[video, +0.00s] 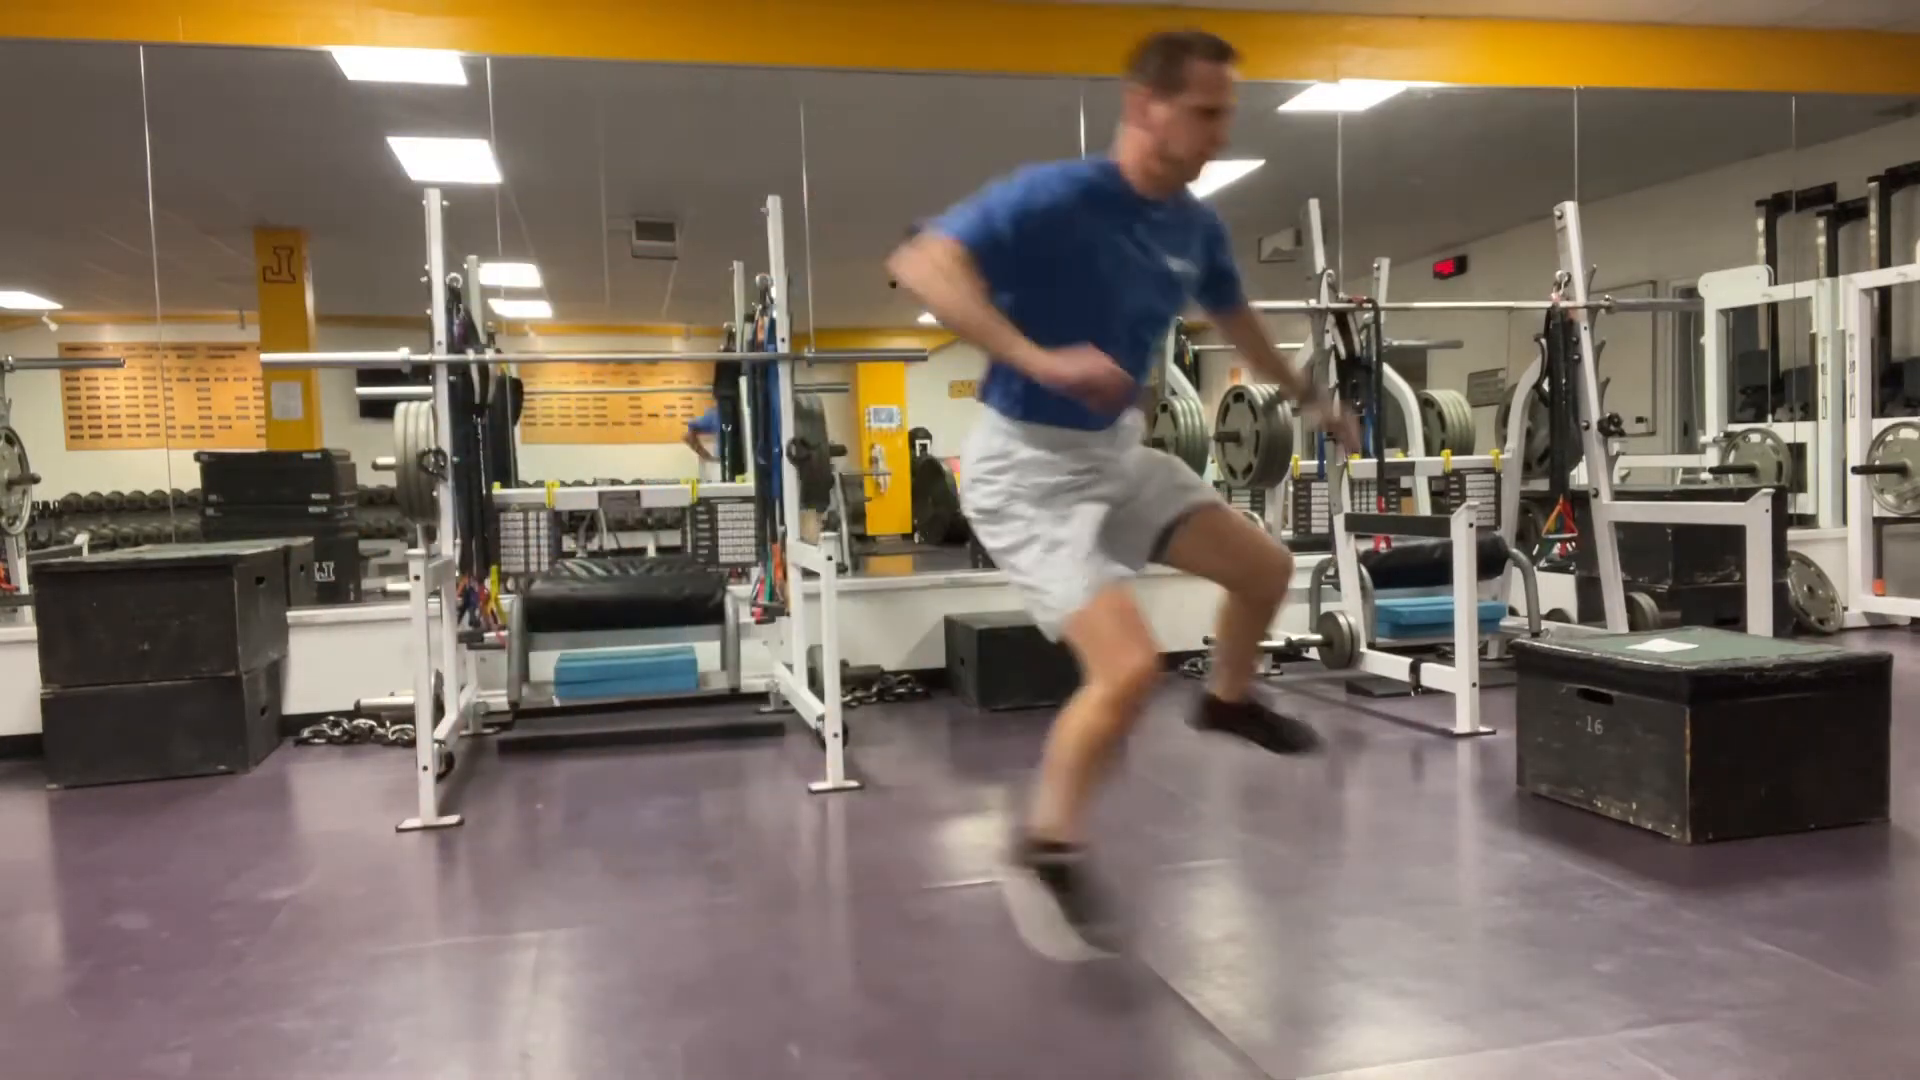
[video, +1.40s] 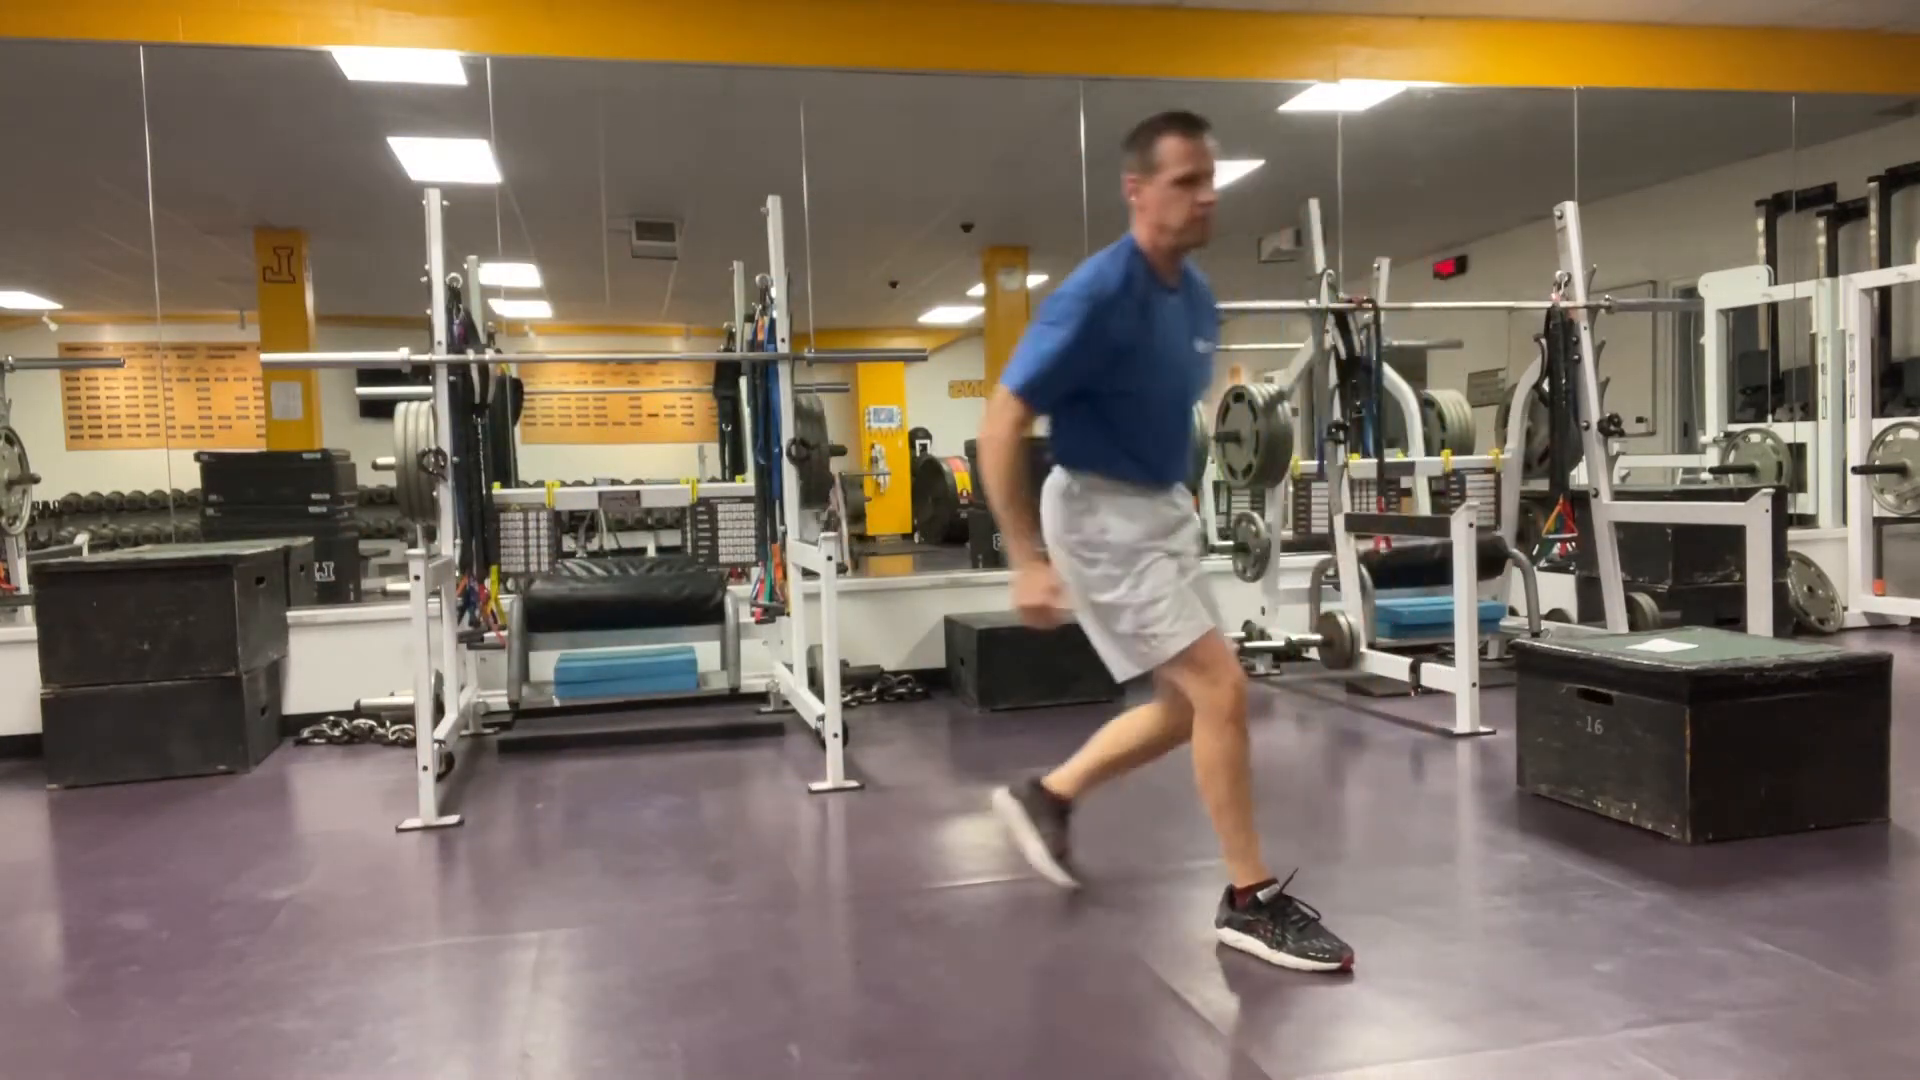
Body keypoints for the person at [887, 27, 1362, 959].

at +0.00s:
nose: (1217, 134)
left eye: (1224, 117)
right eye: (1202, 113)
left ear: (1218, 122)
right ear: (1142, 106)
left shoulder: (1196, 229)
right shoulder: (1055, 196)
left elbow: (1242, 330)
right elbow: (922, 263)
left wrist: (1306, 395)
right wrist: (1033, 355)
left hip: (1117, 459)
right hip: (1023, 466)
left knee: (1263, 569)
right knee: (1127, 667)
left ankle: (1229, 702)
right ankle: (1045, 846)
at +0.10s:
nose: (1306, 217)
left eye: (1311, 200)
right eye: (1292, 197)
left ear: (1299, 204)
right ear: (1232, 189)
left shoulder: (1266, 313)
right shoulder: (1148, 278)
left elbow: (1257, 429)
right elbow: (1088, 407)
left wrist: (1320, 477)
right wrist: (1233, 429)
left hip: (1180, 506)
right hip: (1090, 513)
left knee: (1305, 656)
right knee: (1234, 693)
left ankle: (1328, 786)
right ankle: (1243, 889)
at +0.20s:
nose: (1364, 332)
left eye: (1368, 314)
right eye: (1351, 313)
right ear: (1294, 305)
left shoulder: (1327, 400)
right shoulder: (1231, 390)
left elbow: (1379, 531)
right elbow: (1278, 526)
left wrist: (1414, 464)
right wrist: (1383, 443)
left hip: (1231, 583)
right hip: (1156, 595)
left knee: (1370, 697)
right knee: (1326, 713)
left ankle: (1338, 841)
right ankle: (1260, 898)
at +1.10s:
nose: (1386, 248)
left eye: (1395, 232)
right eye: (1371, 228)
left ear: (1397, 237)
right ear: (1318, 227)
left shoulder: (1333, 334)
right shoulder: (1248, 320)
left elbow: (1318, 449)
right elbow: (1245, 491)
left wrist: (1367, 531)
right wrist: (1345, 590)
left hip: (1246, 513)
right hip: (1172, 515)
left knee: (1345, 662)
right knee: (1291, 686)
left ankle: (1338, 833)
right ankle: (1256, 897)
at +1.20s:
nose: (1339, 213)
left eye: (1347, 196)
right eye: (1323, 194)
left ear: (1348, 202)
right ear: (1270, 194)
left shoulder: (1290, 298)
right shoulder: (1206, 294)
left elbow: (1265, 432)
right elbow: (1173, 456)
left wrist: (1279, 527)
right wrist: (1222, 584)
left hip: (1218, 498)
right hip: (1151, 500)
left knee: (1313, 651)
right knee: (1262, 679)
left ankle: (1271, 824)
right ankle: (1252, 892)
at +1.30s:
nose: (1280, 201)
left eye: (1286, 184)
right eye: (1262, 184)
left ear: (1284, 190)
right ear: (1207, 186)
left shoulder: (1244, 289)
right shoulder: (1154, 289)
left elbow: (1202, 408)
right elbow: (1079, 441)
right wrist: (1115, 575)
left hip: (1204, 503)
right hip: (1134, 511)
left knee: (1274, 666)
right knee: (1239, 681)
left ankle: (1149, 797)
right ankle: (1251, 897)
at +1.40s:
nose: (1207, 197)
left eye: (1211, 181)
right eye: (1188, 183)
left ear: (1209, 187)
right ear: (1136, 191)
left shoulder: (1196, 298)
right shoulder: (1096, 291)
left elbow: (1166, 411)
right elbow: (1000, 419)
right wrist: (1025, 559)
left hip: (1164, 507)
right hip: (1103, 512)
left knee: (1188, 704)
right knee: (1218, 687)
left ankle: (1049, 796)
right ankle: (1251, 896)